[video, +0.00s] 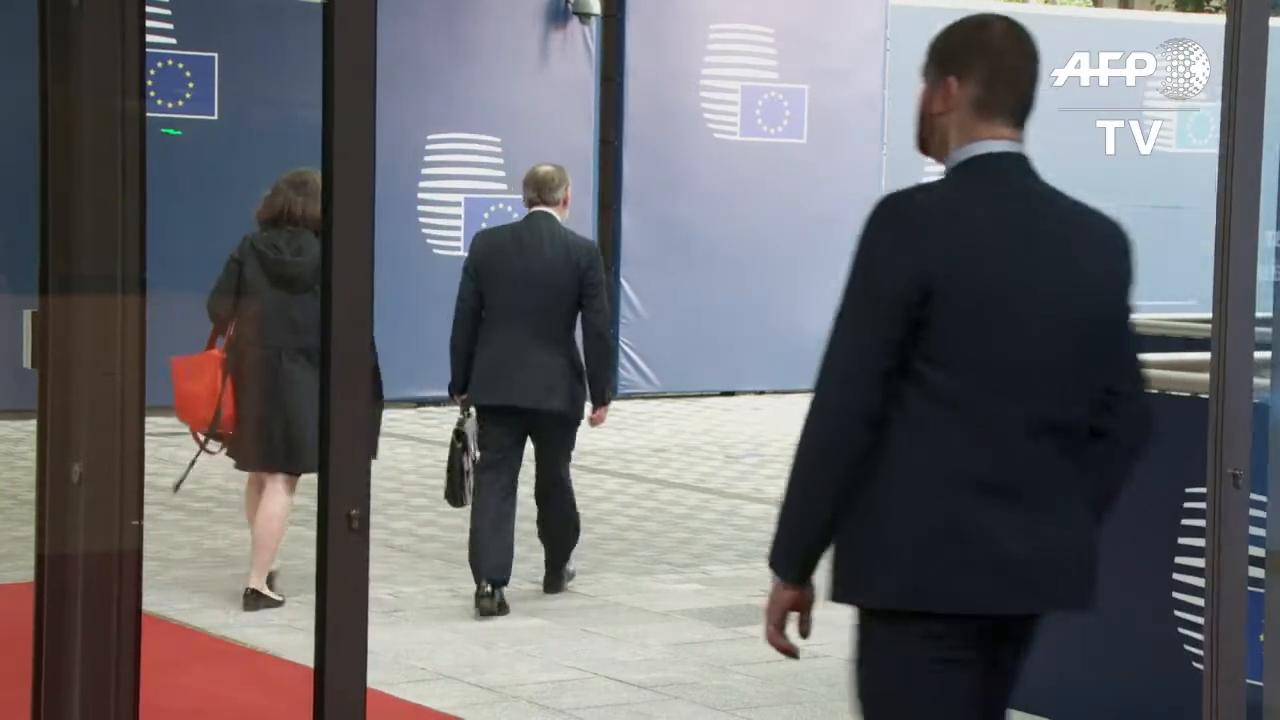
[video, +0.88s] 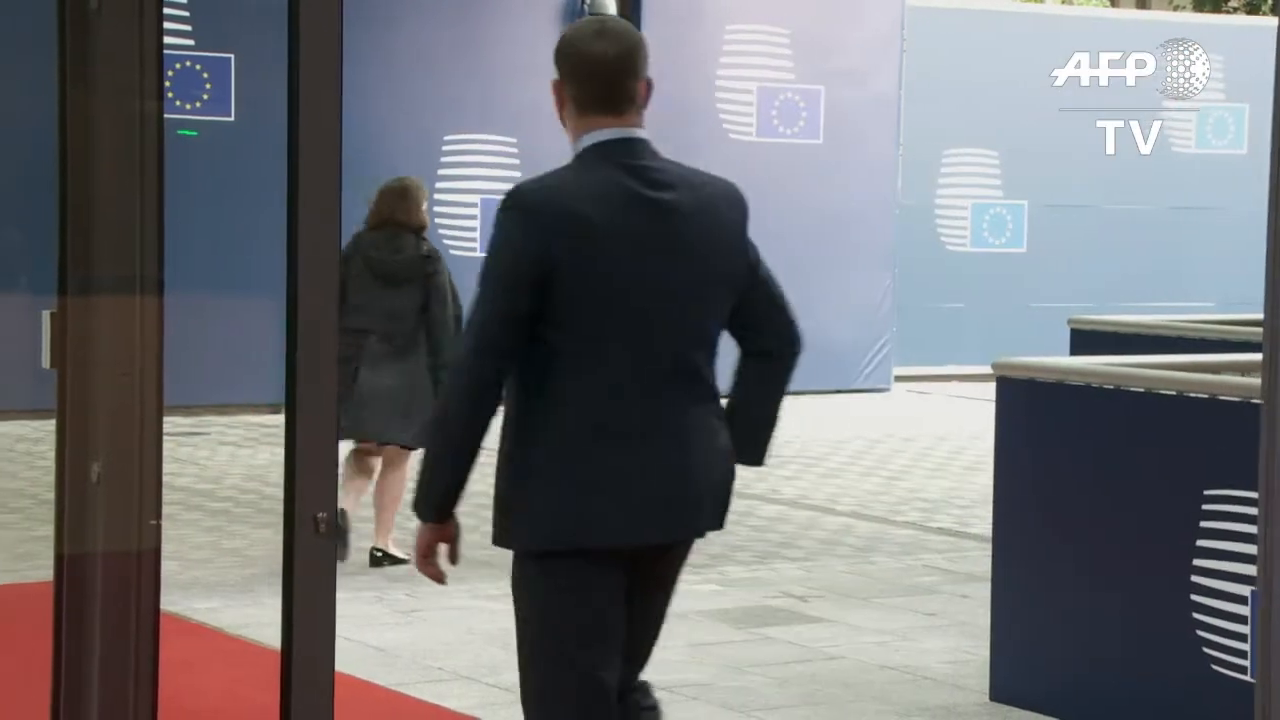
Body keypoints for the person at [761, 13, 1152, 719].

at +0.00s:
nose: (918, 107)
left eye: (924, 88)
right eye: (923, 88)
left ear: (946, 92)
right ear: (1024, 105)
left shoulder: (911, 219)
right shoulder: (1098, 238)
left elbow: (846, 401)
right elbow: (1121, 416)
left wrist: (793, 563)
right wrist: (1058, 528)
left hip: (914, 572)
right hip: (1029, 573)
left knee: (910, 706)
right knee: (979, 706)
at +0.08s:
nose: (888, 100)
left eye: (894, 82)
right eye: (893, 82)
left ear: (921, 88)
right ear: (993, 99)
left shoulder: (883, 212)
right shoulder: (1060, 236)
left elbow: (821, 390)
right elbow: (1074, 409)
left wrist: (768, 552)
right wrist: (1009, 513)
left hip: (869, 566)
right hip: (986, 568)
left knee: (838, 704)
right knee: (949, 707)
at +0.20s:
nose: (835, 93)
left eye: (842, 76)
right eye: (841, 76)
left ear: (871, 84)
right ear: (936, 98)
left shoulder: (841, 206)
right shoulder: (1003, 228)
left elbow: (782, 385)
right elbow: (1020, 393)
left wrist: (726, 545)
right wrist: (961, 514)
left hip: (814, 558)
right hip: (930, 559)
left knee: (741, 708)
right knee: (913, 711)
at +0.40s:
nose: (740, 102)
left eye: (746, 87)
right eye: (743, 87)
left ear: (775, 97)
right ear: (835, 106)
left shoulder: (750, 216)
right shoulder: (902, 227)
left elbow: (701, 393)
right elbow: (949, 383)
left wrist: (654, 552)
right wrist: (887, 509)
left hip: (739, 560)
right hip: (855, 557)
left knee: (692, 709)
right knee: (862, 713)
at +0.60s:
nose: (634, 107)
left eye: (639, 93)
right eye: (639, 92)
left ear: (662, 102)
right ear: (732, 107)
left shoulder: (640, 227)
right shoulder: (803, 221)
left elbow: (596, 400)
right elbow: (881, 340)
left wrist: (551, 549)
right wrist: (831, 454)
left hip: (635, 553)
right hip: (757, 552)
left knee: (594, 709)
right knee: (765, 708)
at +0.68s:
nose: (603, 104)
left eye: (606, 90)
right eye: (608, 89)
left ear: (622, 95)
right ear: (699, 99)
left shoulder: (596, 225)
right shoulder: (770, 212)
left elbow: (549, 395)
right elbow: (851, 329)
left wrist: (511, 537)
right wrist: (801, 447)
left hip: (598, 548)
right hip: (718, 546)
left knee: (577, 711)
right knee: (711, 710)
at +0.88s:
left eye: (558, 90)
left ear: (559, 98)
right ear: (647, 93)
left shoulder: (536, 208)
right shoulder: (713, 205)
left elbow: (481, 365)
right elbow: (776, 340)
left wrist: (436, 503)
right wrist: (729, 447)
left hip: (565, 508)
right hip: (676, 500)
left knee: (567, 704)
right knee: (622, 683)